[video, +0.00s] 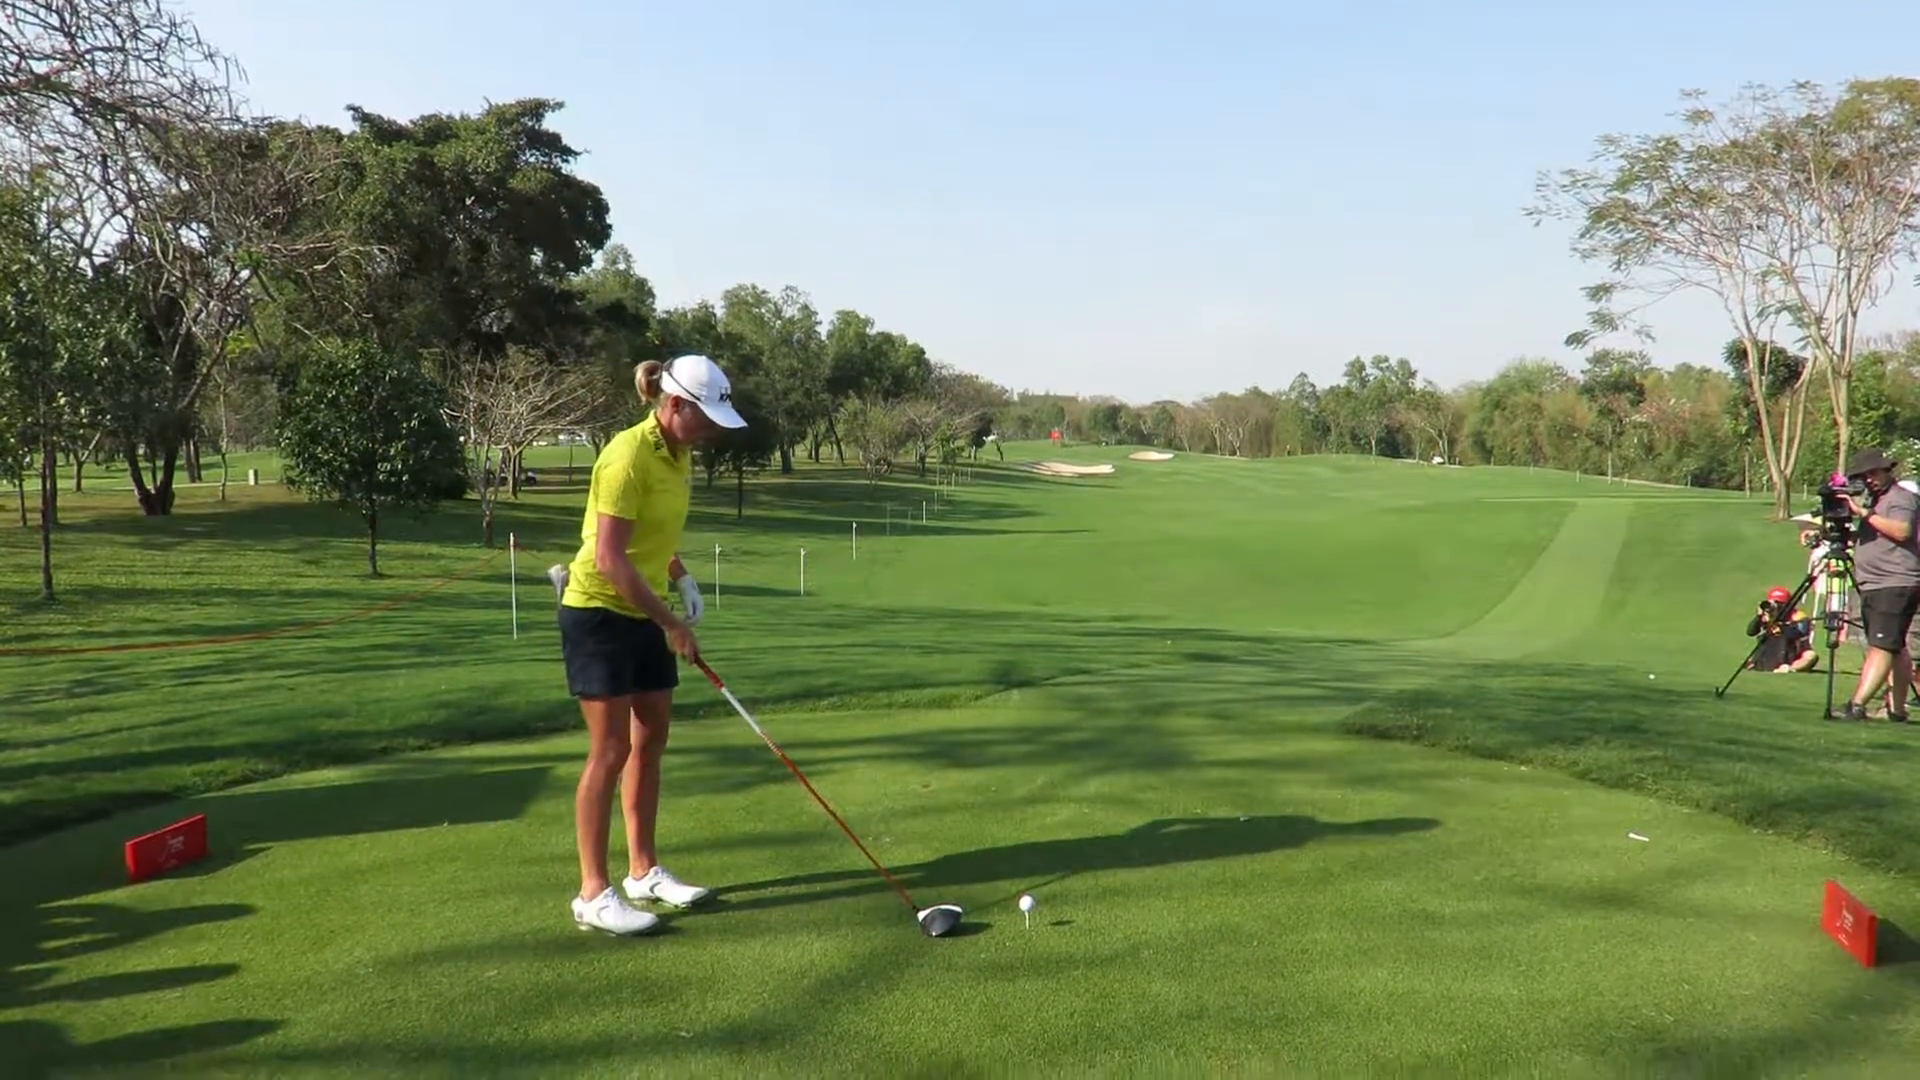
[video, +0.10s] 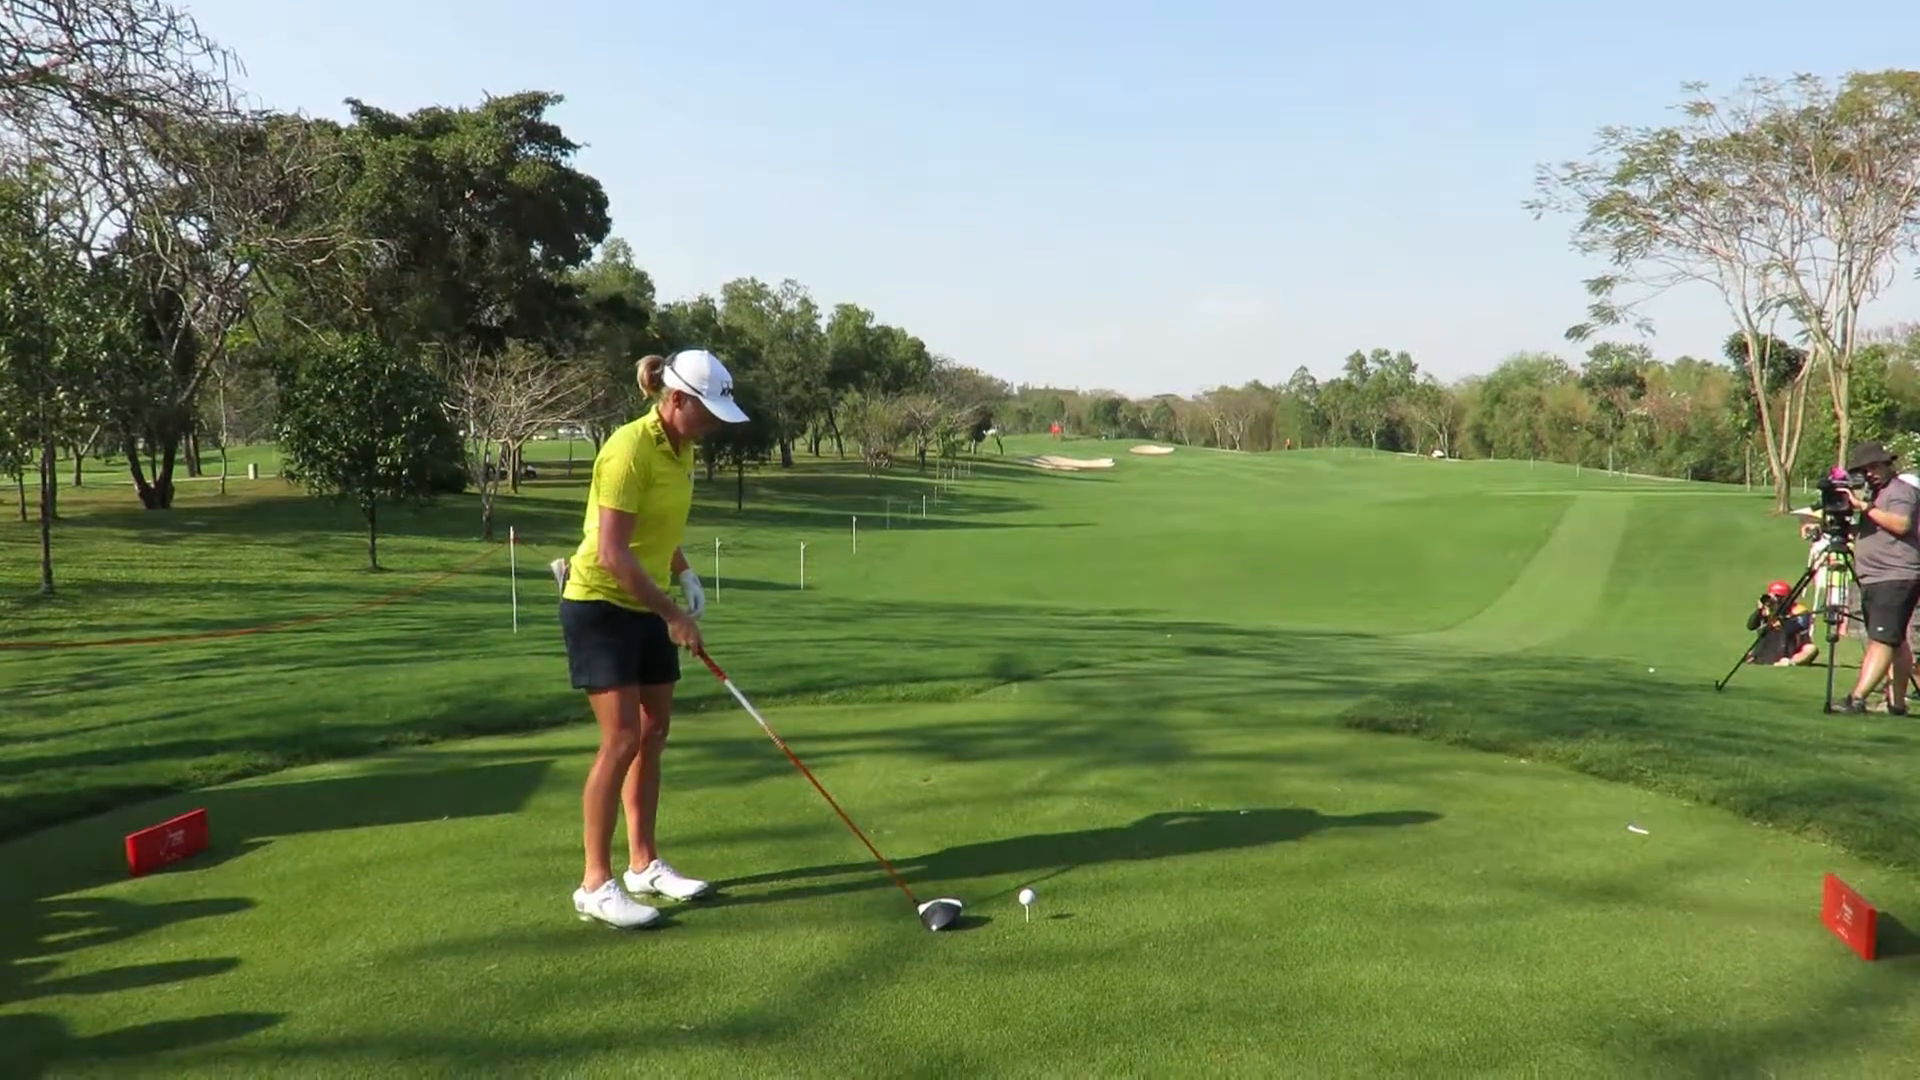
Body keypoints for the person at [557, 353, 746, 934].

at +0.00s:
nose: (711, 432)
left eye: (715, 422)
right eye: (705, 419)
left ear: (693, 411)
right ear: (674, 406)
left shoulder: (677, 456)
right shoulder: (627, 458)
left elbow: (654, 528)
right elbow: (610, 557)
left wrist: (677, 570)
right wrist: (668, 623)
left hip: (646, 613)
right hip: (598, 614)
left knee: (651, 735)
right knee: (610, 747)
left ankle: (643, 872)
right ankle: (592, 893)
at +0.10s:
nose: (711, 427)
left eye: (715, 417)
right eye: (705, 414)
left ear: (697, 407)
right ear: (675, 401)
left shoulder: (681, 451)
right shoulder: (628, 450)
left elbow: (658, 524)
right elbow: (612, 552)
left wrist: (679, 566)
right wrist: (670, 614)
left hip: (650, 608)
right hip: (600, 607)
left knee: (652, 731)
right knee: (622, 736)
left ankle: (643, 866)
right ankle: (594, 883)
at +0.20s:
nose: (711, 423)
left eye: (716, 413)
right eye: (706, 410)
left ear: (699, 403)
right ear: (676, 396)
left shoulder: (681, 447)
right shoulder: (630, 445)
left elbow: (660, 521)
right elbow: (616, 547)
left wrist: (681, 565)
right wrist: (674, 610)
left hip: (650, 601)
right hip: (603, 599)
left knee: (652, 728)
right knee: (631, 731)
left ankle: (644, 860)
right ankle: (600, 876)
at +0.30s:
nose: (712, 420)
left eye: (717, 411)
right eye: (706, 407)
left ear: (699, 400)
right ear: (677, 393)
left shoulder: (681, 445)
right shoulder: (631, 443)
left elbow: (660, 523)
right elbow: (621, 548)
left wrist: (683, 567)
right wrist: (683, 608)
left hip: (651, 601)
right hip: (604, 600)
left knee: (649, 728)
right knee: (630, 730)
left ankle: (642, 856)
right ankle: (617, 881)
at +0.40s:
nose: (715, 418)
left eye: (719, 408)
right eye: (710, 406)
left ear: (694, 397)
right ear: (678, 392)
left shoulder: (680, 442)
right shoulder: (632, 441)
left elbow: (661, 522)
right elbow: (629, 552)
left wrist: (684, 570)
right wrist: (691, 610)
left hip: (650, 599)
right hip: (604, 600)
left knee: (648, 730)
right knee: (627, 739)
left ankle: (643, 856)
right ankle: (620, 884)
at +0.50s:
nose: (716, 416)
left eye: (720, 406)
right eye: (710, 404)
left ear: (692, 395)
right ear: (679, 391)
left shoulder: (677, 440)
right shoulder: (636, 443)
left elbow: (658, 526)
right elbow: (638, 554)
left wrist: (684, 574)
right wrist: (702, 613)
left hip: (648, 596)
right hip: (603, 600)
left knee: (664, 720)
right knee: (624, 736)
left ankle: (643, 853)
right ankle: (620, 884)